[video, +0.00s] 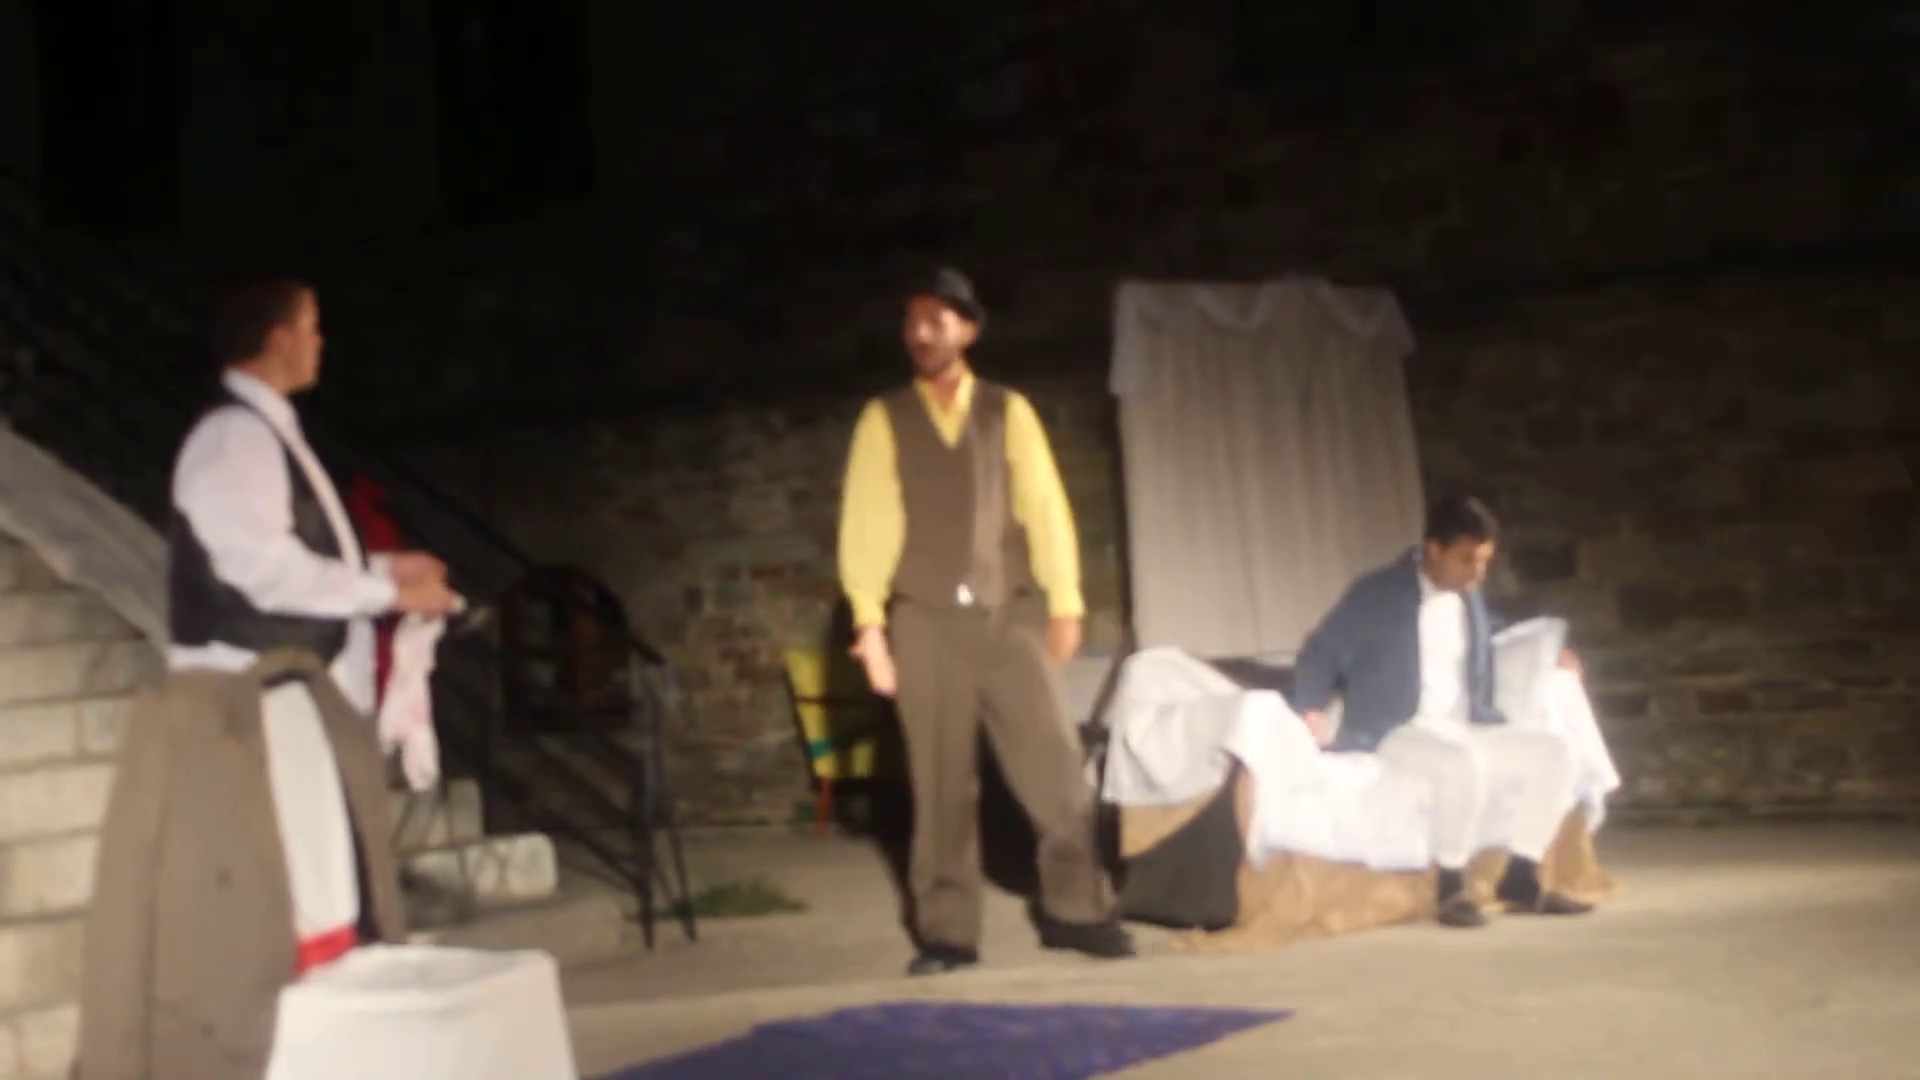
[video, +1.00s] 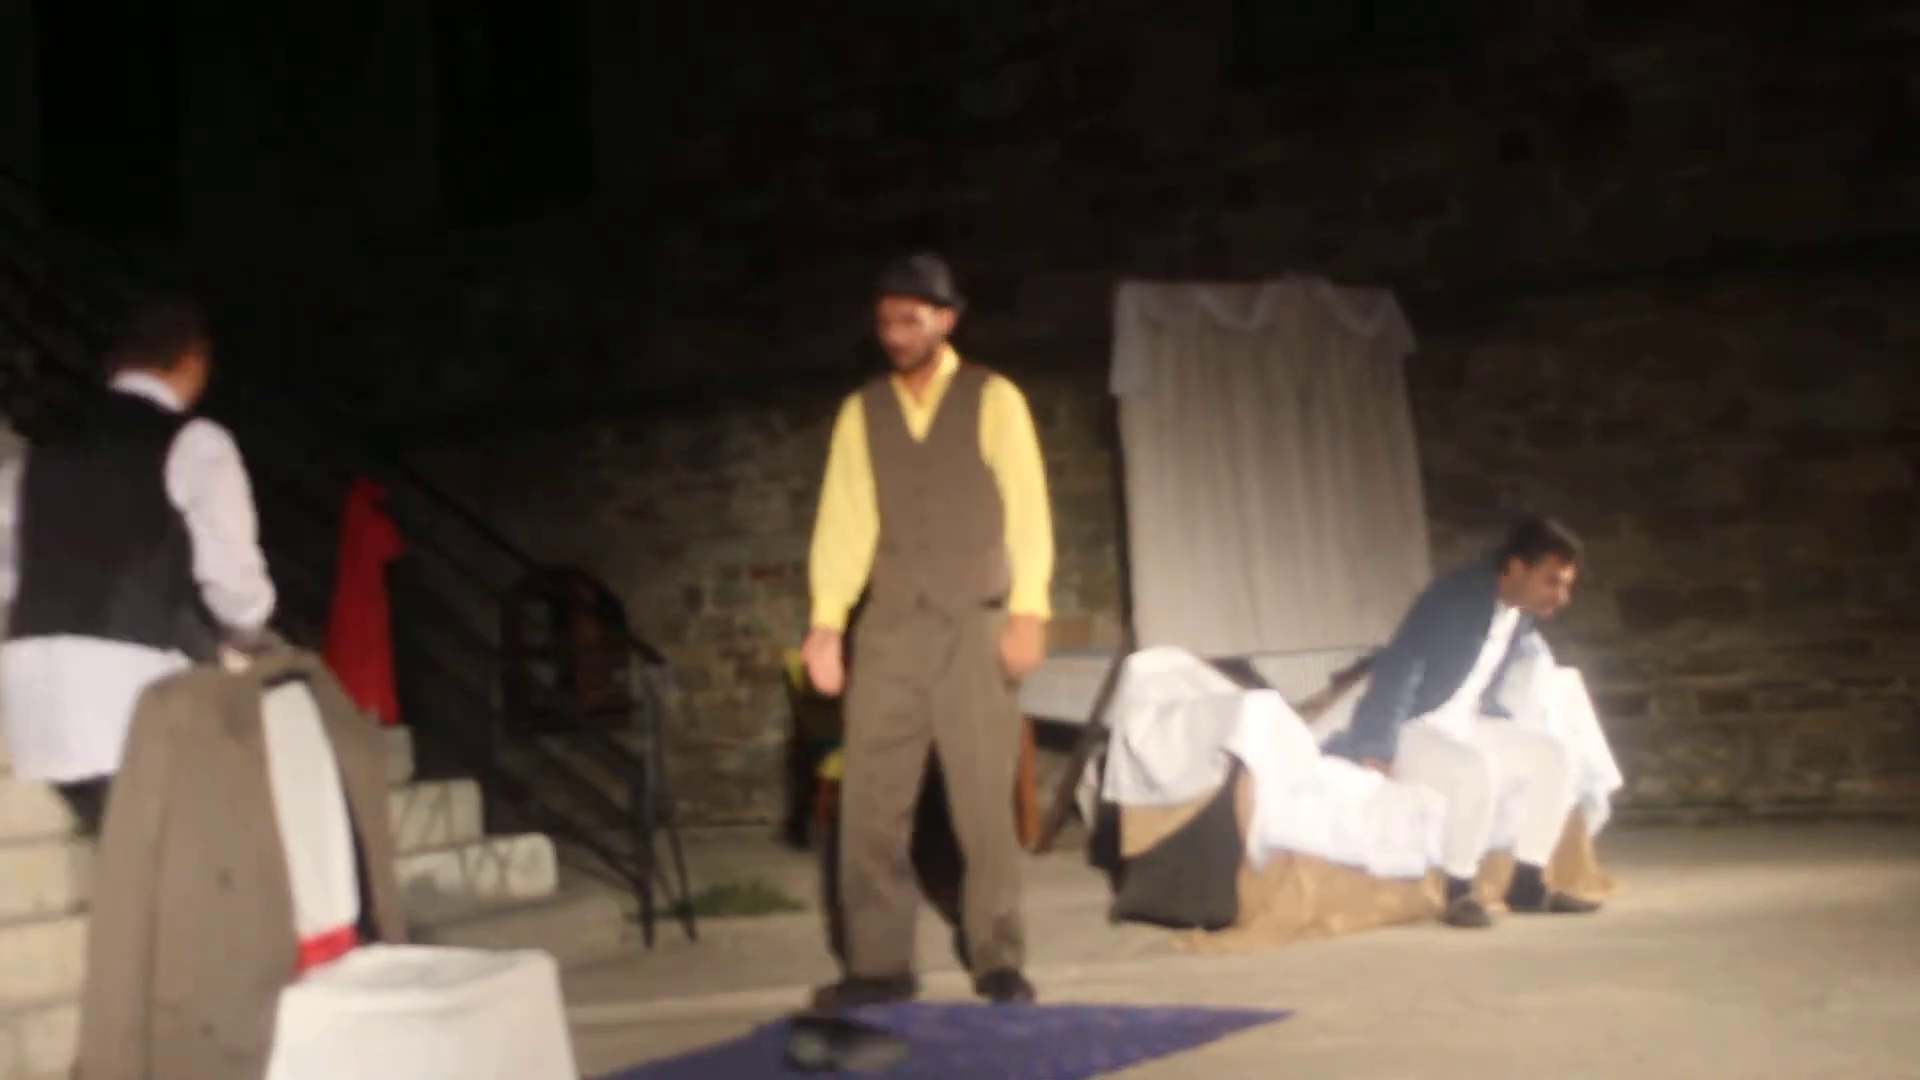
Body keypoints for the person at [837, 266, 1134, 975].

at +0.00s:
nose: (926, 334)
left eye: (941, 320)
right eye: (917, 321)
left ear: (969, 329)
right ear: (905, 332)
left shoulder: (1011, 414)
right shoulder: (884, 421)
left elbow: (1047, 512)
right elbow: (865, 525)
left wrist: (1066, 605)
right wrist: (869, 624)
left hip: (1009, 619)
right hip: (924, 625)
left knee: (1057, 772)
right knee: (942, 787)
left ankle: (1078, 912)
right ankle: (947, 934)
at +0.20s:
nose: (908, 333)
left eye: (922, 320)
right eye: (898, 320)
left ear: (951, 328)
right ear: (886, 331)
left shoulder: (992, 412)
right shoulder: (865, 422)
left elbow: (1029, 510)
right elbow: (850, 528)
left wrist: (1045, 605)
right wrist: (860, 631)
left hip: (995, 617)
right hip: (911, 625)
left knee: (1017, 776)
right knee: (935, 785)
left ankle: (1047, 925)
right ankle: (944, 932)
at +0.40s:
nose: (900, 336)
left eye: (914, 323)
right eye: (891, 323)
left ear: (947, 331)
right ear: (878, 333)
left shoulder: (989, 414)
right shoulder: (857, 424)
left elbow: (1026, 515)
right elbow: (843, 529)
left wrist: (1037, 610)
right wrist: (851, 630)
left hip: (987, 620)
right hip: (900, 625)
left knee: (994, 778)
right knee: (927, 784)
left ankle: (1007, 932)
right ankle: (944, 932)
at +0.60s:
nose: (903, 335)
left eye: (918, 323)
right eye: (896, 322)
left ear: (954, 330)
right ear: (884, 331)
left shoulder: (998, 415)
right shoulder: (863, 423)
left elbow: (1032, 521)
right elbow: (843, 528)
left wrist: (1040, 622)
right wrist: (836, 629)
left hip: (988, 622)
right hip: (898, 627)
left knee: (987, 783)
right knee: (910, 782)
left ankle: (996, 955)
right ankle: (937, 934)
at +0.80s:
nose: (907, 330)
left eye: (922, 317)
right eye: (899, 317)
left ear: (959, 321)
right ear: (888, 323)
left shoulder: (1004, 405)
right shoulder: (871, 413)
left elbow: (1038, 512)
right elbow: (849, 521)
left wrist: (1040, 612)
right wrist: (833, 622)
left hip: (987, 620)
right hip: (898, 622)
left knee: (990, 799)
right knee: (875, 778)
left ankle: (998, 958)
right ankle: (936, 910)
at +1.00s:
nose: (896, 333)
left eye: (911, 319)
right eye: (887, 319)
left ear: (947, 320)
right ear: (875, 324)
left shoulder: (995, 401)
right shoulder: (862, 412)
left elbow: (1027, 509)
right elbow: (842, 523)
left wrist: (1028, 613)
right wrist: (826, 625)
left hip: (976, 626)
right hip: (885, 628)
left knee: (984, 806)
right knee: (871, 807)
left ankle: (997, 960)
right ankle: (878, 968)